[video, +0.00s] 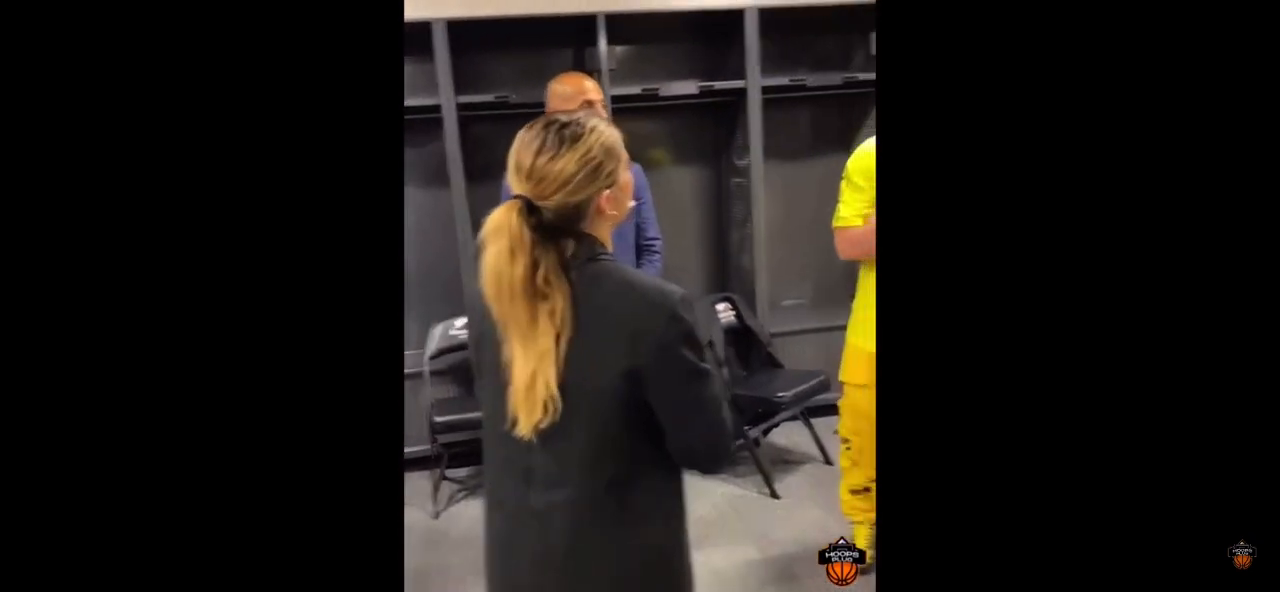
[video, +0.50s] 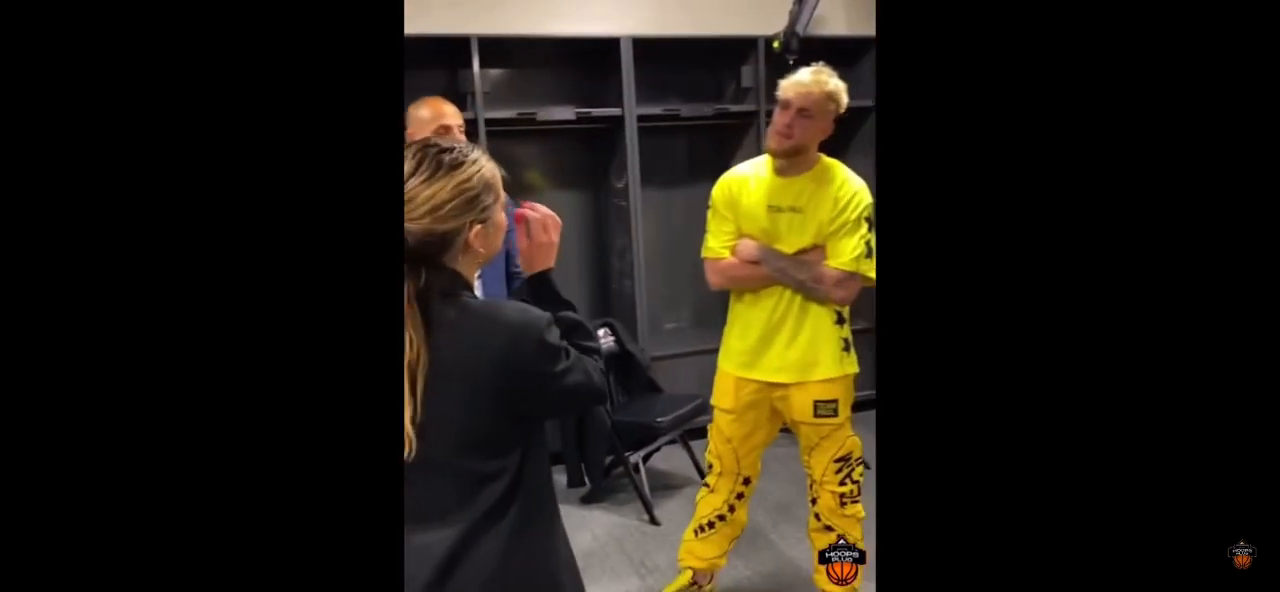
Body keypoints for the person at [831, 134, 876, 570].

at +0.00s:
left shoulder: (866, 158)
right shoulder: (867, 157)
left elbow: (846, 242)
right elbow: (847, 243)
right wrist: (875, 230)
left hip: (868, 329)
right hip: (869, 328)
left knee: (861, 431)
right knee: (860, 429)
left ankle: (864, 534)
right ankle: (863, 533)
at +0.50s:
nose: (784, 119)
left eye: (801, 113)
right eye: (781, 107)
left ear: (827, 128)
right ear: (771, 110)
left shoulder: (848, 192)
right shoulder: (734, 184)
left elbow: (842, 291)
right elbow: (717, 275)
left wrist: (759, 253)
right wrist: (804, 265)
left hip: (820, 363)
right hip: (745, 358)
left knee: (835, 486)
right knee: (723, 475)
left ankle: (841, 583)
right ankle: (696, 576)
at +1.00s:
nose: (662, 131)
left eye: (677, 121)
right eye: (656, 118)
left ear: (701, 130)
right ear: (647, 124)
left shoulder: (728, 191)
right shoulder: (621, 198)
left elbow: (737, 281)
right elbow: (614, 289)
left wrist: (654, 263)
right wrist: (701, 273)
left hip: (716, 371)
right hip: (641, 375)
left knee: (758, 498)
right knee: (649, 506)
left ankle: (787, 584)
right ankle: (653, 586)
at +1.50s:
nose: (645, 117)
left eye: (659, 106)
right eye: (637, 104)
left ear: (682, 116)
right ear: (626, 110)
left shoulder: (712, 177)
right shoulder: (600, 187)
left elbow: (726, 269)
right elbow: (593, 281)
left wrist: (634, 254)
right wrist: (681, 265)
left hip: (703, 360)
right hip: (628, 368)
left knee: (738, 491)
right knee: (651, 501)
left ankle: (759, 583)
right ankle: (662, 583)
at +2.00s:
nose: (668, 128)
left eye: (684, 116)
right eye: (661, 113)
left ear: (713, 126)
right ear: (651, 119)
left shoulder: (746, 198)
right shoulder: (621, 200)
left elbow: (752, 298)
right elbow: (611, 298)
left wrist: (653, 274)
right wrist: (705, 288)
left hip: (722, 390)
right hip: (643, 392)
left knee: (741, 539)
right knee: (665, 541)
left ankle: (745, 585)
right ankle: (670, 587)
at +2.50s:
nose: (680, 141)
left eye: (698, 129)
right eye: (676, 126)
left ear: (734, 141)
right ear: (667, 129)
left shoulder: (767, 217)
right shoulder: (641, 209)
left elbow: (757, 332)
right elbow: (617, 317)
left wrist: (661, 294)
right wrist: (714, 312)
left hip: (726, 420)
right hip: (645, 411)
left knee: (728, 556)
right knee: (625, 536)